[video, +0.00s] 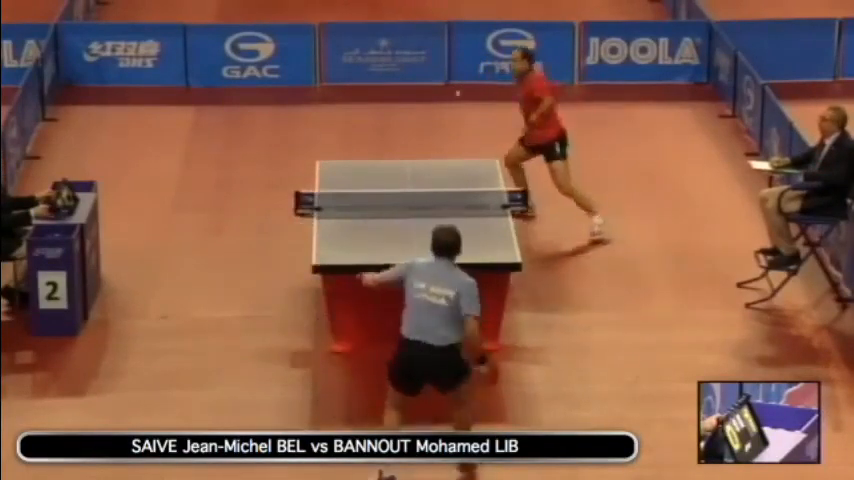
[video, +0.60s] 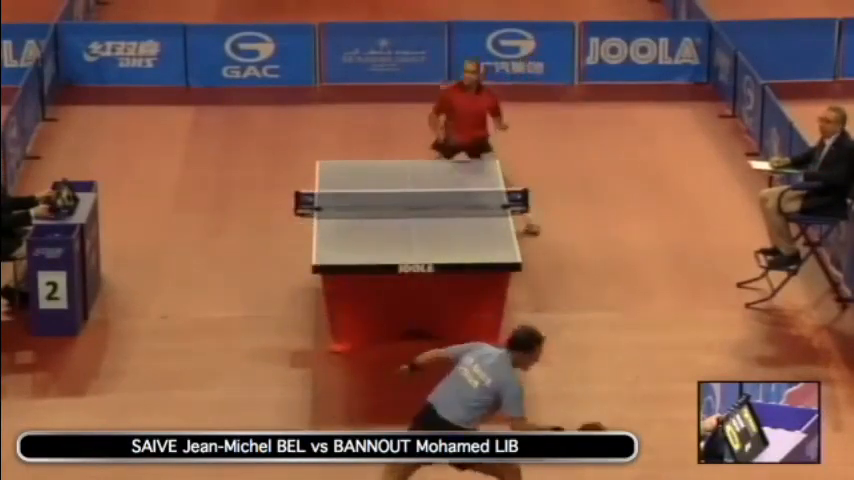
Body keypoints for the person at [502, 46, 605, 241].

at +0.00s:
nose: (513, 65)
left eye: (516, 61)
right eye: (512, 61)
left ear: (527, 63)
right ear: (520, 63)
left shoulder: (536, 79)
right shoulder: (524, 81)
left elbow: (548, 100)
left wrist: (536, 116)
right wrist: (528, 132)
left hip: (553, 136)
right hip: (535, 135)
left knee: (563, 185)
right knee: (511, 160)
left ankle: (595, 216)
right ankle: (524, 204)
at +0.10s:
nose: (525, 63)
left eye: (528, 60)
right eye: (522, 59)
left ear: (535, 61)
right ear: (518, 60)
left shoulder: (539, 79)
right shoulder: (509, 77)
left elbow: (557, 93)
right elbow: (492, 79)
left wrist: (538, 79)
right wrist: (500, 70)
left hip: (542, 130)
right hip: (521, 130)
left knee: (539, 166)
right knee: (500, 161)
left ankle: (556, 209)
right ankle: (526, 179)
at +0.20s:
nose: (520, 73)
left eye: (525, 70)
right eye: (518, 69)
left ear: (532, 72)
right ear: (514, 70)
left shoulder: (534, 88)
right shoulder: (508, 87)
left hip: (527, 130)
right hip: (506, 130)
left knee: (522, 163)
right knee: (500, 168)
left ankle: (539, 206)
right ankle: (525, 170)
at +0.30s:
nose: (516, 87)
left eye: (520, 83)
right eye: (514, 83)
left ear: (526, 84)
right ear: (509, 82)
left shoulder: (534, 104)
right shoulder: (498, 100)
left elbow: (544, 133)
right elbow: (487, 128)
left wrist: (535, 133)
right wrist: (519, 136)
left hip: (516, 143)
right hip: (492, 142)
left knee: (523, 179)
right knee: (478, 176)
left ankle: (535, 220)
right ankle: (474, 218)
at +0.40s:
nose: (505, 93)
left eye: (509, 90)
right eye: (502, 89)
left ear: (516, 92)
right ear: (498, 90)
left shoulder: (522, 112)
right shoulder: (485, 109)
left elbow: (523, 135)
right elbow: (474, 137)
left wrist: (522, 150)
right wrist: (491, 153)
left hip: (508, 156)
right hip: (482, 154)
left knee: (525, 184)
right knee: (469, 183)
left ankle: (535, 219)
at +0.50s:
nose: (485, 87)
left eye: (489, 83)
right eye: (482, 83)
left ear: (494, 85)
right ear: (476, 83)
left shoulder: (501, 105)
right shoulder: (462, 103)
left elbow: (506, 126)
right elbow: (448, 128)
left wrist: (510, 140)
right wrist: (460, 144)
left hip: (491, 155)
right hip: (467, 156)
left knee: (513, 186)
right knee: (466, 194)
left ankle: (532, 223)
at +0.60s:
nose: (469, 76)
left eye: (473, 73)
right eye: (467, 72)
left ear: (479, 75)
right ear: (463, 73)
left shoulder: (487, 95)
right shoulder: (450, 94)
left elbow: (496, 113)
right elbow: (433, 115)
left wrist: (500, 124)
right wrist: (437, 132)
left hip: (478, 142)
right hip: (453, 141)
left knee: (499, 176)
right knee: (434, 171)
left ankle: (526, 221)